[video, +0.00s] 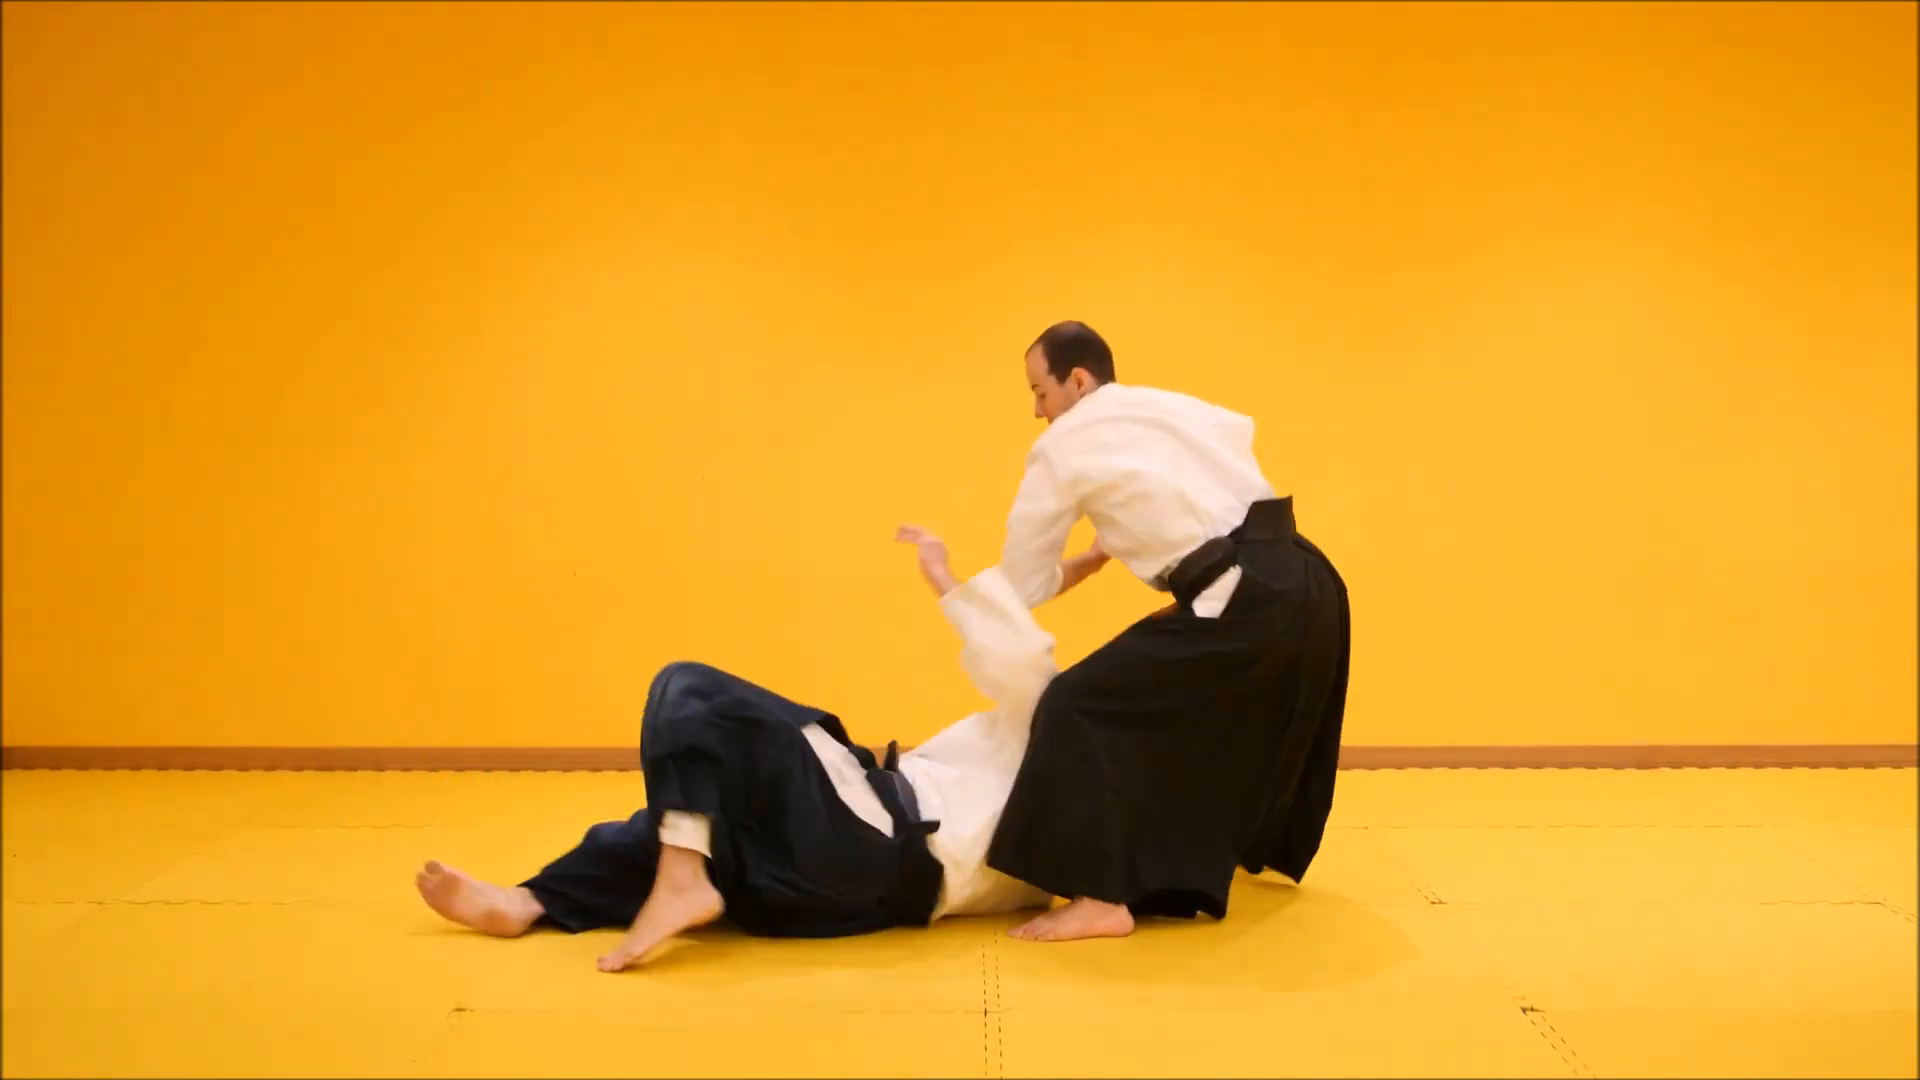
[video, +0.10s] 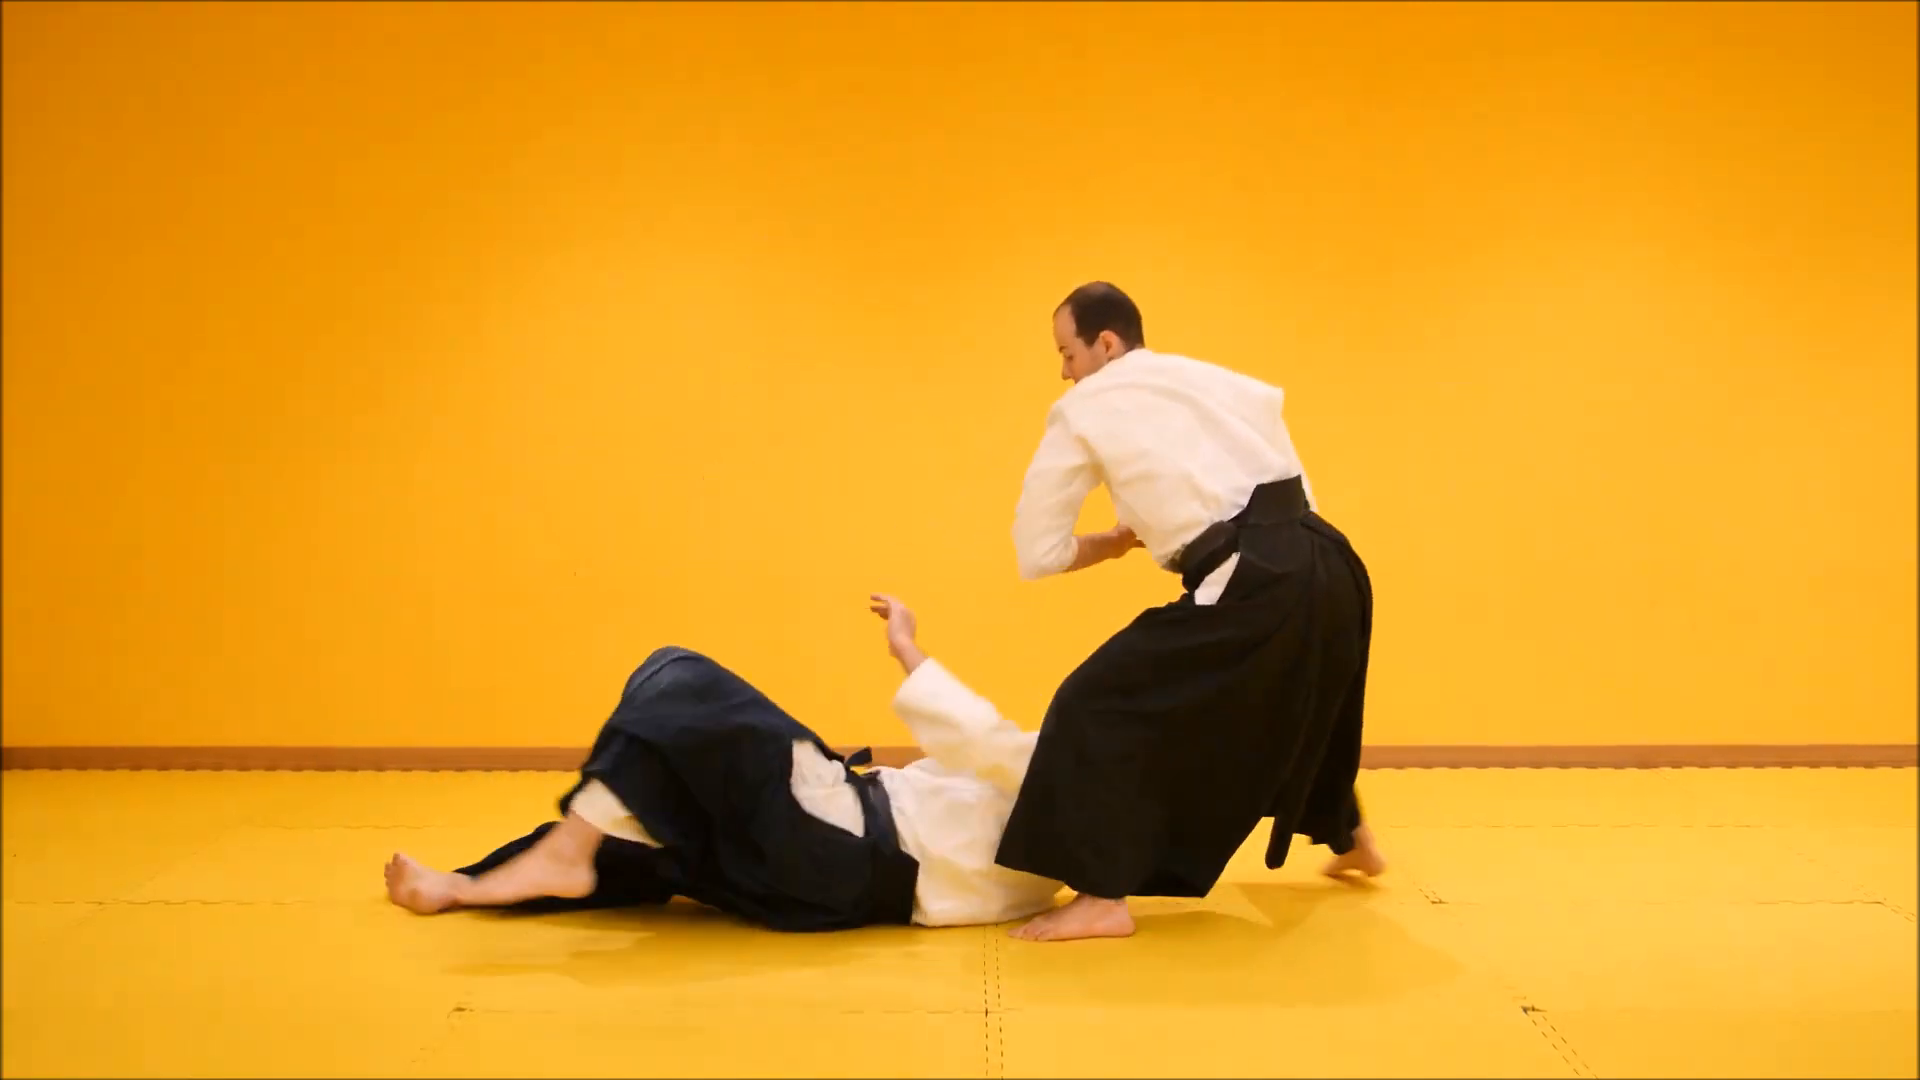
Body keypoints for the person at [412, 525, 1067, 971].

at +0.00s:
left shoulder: (1066, 738)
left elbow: (1033, 673)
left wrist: (952, 588)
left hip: (887, 844)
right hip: (846, 890)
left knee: (693, 692)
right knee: (665, 836)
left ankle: (684, 881)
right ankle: (527, 901)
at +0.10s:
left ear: (1102, 745)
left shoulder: (1070, 789)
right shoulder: (1084, 852)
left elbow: (985, 741)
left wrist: (916, 663)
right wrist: (891, 780)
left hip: (850, 840)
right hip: (832, 882)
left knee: (683, 679)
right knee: (633, 840)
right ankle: (462, 887)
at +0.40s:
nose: (941, 762)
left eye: (959, 765)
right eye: (948, 748)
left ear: (1003, 782)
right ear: (964, 735)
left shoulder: (997, 859)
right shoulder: (951, 754)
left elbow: (970, 942)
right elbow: (872, 748)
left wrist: (858, 932)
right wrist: (793, 750)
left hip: (785, 854)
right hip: (776, 786)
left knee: (611, 858)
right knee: (603, 780)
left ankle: (393, 910)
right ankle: (465, 849)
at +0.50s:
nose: (891, 767)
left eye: (912, 769)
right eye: (894, 749)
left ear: (960, 770)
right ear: (902, 722)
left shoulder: (981, 836)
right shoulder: (895, 707)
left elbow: (1008, 948)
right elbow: (790, 709)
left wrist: (903, 964)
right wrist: (723, 799)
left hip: (777, 881)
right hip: (765, 788)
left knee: (581, 862)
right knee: (594, 752)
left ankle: (406, 896)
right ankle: (491, 830)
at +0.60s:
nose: (844, 766)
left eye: (866, 760)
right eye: (840, 744)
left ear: (909, 751)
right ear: (836, 707)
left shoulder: (939, 818)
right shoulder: (805, 696)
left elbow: (992, 938)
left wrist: (927, 974)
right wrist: (675, 880)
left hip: (758, 876)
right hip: (722, 780)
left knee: (590, 872)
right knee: (577, 724)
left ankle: (437, 886)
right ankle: (495, 859)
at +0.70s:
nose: (826, 771)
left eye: (846, 761)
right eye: (815, 750)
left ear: (876, 747)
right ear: (794, 713)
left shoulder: (882, 785)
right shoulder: (732, 706)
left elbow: (915, 883)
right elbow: (635, 792)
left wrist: (932, 970)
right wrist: (654, 931)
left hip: (729, 881)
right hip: (678, 789)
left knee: (582, 938)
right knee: (530, 738)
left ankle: (465, 916)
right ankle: (526, 877)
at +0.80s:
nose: (843, 778)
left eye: (858, 764)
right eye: (831, 757)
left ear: (877, 750)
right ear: (787, 725)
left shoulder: (862, 786)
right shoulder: (710, 709)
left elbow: (883, 878)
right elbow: (618, 803)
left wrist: (911, 973)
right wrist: (657, 933)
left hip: (701, 860)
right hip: (634, 765)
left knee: (583, 949)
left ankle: (522, 905)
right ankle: (512, 889)